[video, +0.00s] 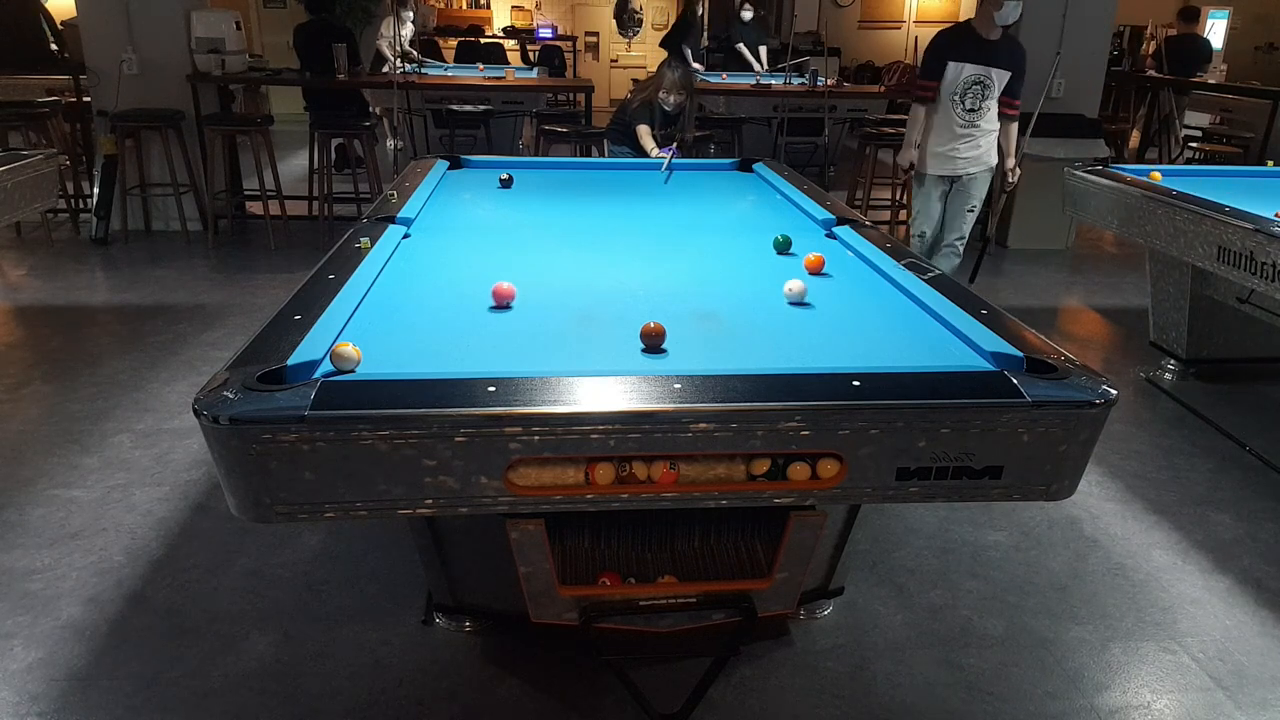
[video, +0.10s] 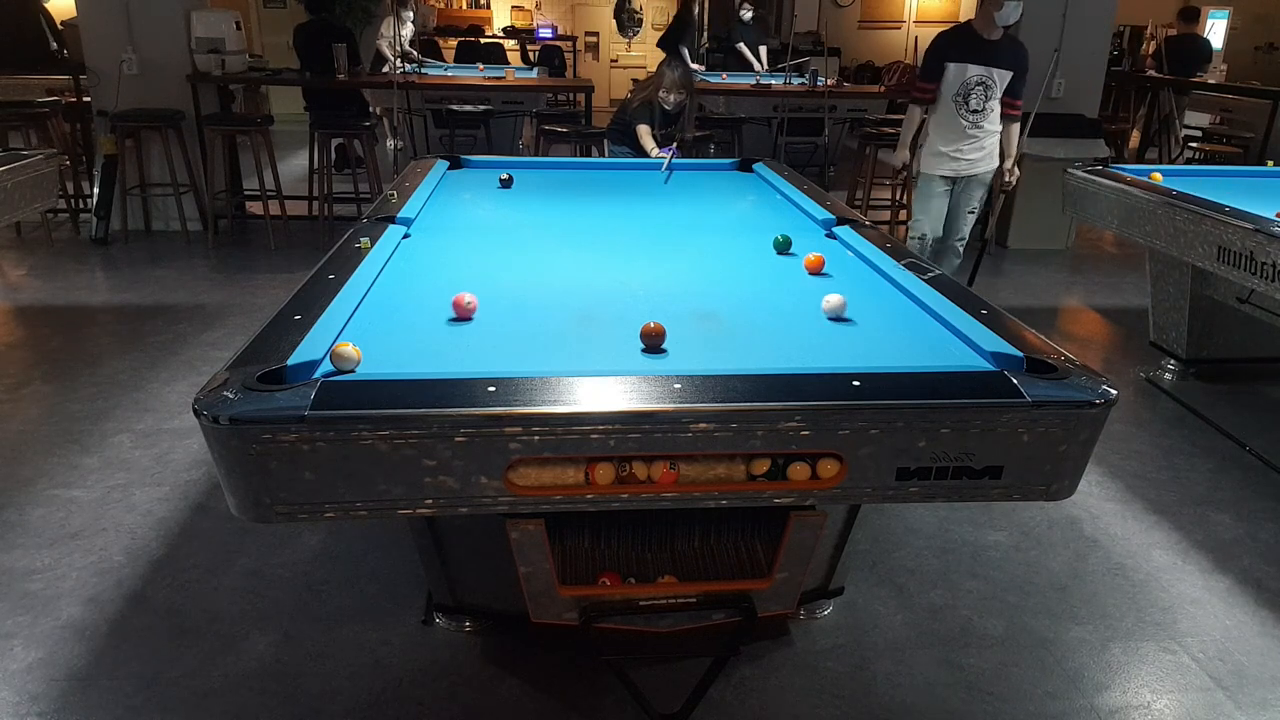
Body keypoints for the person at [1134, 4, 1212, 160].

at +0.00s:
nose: (1175, 24)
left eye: (1176, 21)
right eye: (1176, 21)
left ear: (1179, 21)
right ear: (1197, 22)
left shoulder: (1169, 41)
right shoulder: (1205, 44)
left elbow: (1150, 64)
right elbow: (1204, 70)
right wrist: (1187, 67)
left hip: (1163, 91)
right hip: (1184, 92)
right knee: (1175, 127)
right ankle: (1169, 161)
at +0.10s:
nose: (1175, 24)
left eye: (1176, 21)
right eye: (1176, 21)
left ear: (1179, 21)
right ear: (1197, 22)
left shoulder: (1169, 41)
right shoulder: (1205, 44)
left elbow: (1150, 63)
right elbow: (1204, 69)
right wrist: (1188, 66)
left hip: (1163, 90)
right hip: (1184, 92)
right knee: (1175, 126)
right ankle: (1169, 161)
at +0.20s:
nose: (1175, 24)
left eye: (1176, 21)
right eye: (1176, 21)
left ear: (1178, 21)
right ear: (1197, 22)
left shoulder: (1169, 41)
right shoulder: (1205, 44)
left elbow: (1150, 63)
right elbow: (1204, 70)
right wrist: (1187, 67)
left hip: (1163, 91)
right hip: (1185, 92)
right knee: (1175, 126)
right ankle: (1170, 160)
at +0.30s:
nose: (1176, 24)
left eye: (1176, 21)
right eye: (1177, 22)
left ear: (1178, 21)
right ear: (1197, 22)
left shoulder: (1168, 41)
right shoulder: (1205, 43)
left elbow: (1150, 64)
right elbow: (1205, 69)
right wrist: (1187, 66)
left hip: (1162, 92)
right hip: (1183, 93)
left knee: (1142, 126)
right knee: (1173, 129)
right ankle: (1169, 164)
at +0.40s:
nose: (1176, 24)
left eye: (1176, 21)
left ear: (1178, 21)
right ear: (1197, 22)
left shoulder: (1168, 41)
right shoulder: (1205, 43)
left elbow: (1150, 64)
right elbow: (1205, 69)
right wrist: (1187, 66)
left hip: (1162, 92)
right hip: (1183, 92)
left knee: (1142, 126)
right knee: (1174, 129)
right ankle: (1170, 163)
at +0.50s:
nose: (1176, 24)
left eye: (1177, 21)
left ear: (1178, 21)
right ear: (1197, 22)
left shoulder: (1168, 41)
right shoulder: (1205, 43)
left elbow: (1150, 64)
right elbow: (1205, 70)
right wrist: (1187, 67)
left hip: (1162, 91)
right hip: (1183, 93)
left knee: (1142, 125)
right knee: (1173, 129)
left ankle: (1131, 159)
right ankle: (1169, 164)